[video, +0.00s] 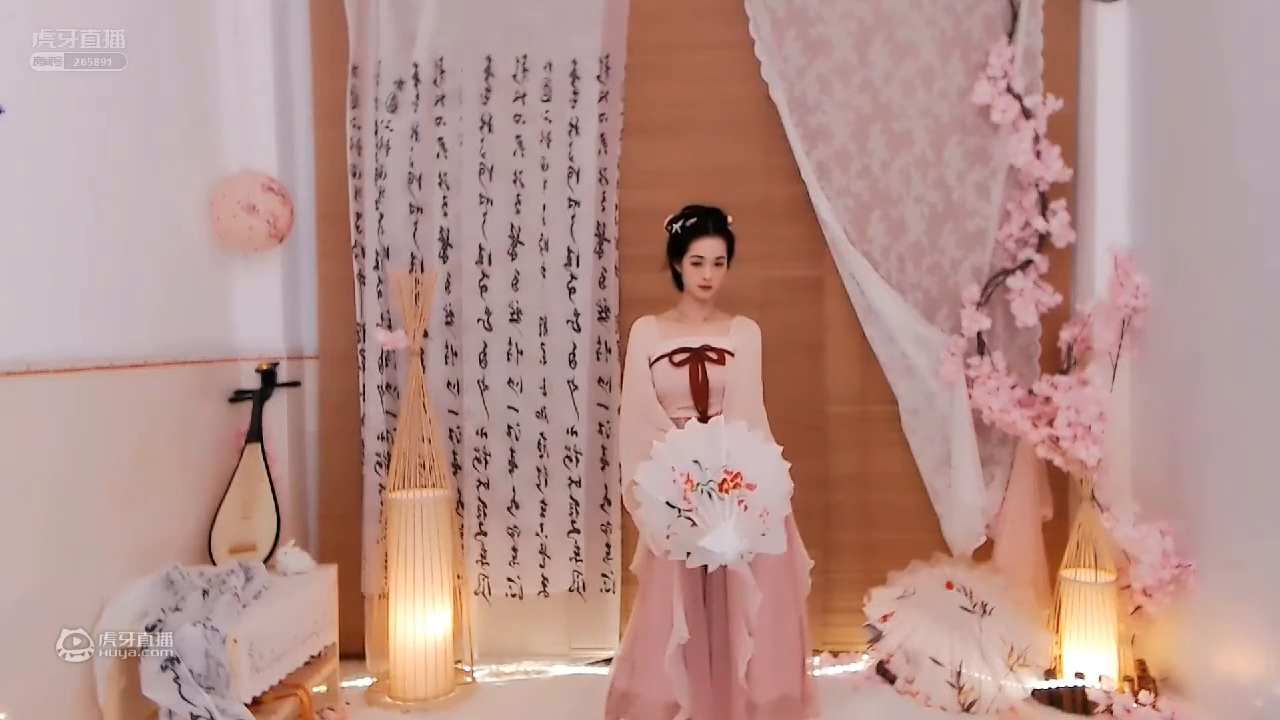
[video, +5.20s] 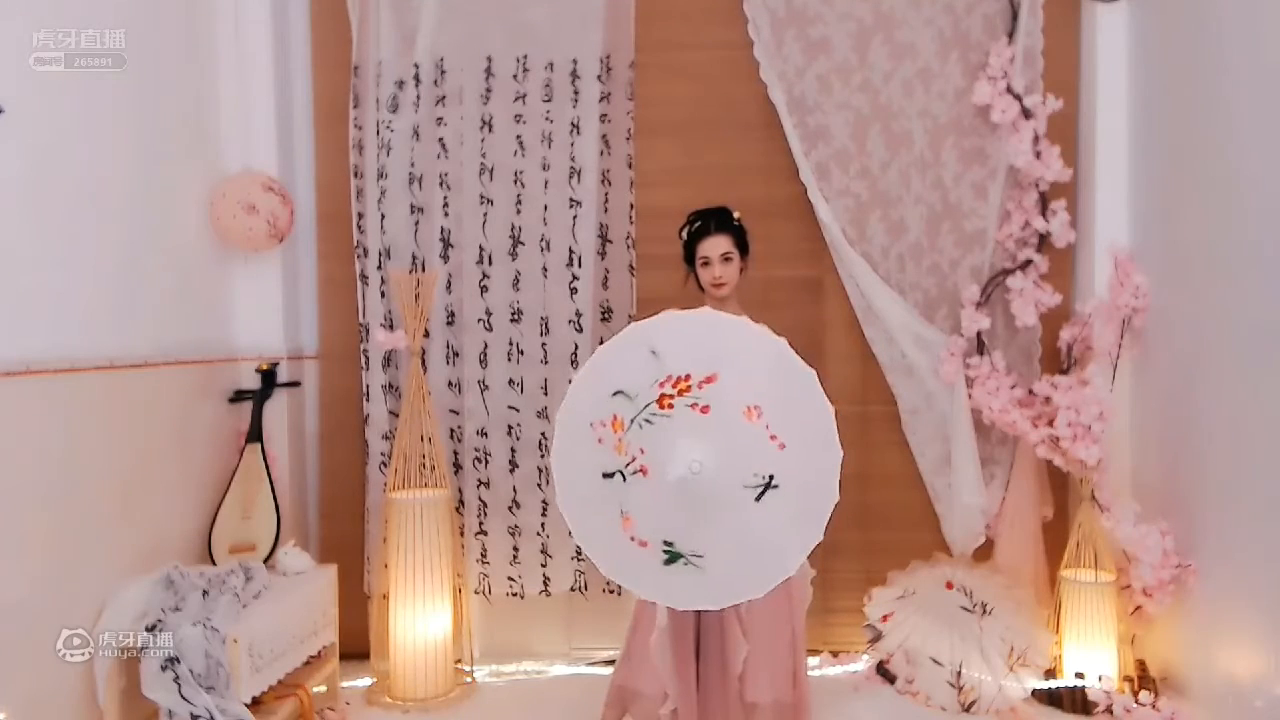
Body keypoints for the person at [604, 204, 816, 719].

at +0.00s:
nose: (708, 274)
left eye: (718, 263)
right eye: (698, 262)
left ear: (729, 267)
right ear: (677, 264)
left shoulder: (744, 332)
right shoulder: (647, 331)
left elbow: (753, 418)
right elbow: (636, 420)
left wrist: (767, 487)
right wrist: (649, 494)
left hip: (737, 483)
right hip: (671, 485)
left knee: (741, 608)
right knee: (676, 606)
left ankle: (743, 708)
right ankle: (679, 709)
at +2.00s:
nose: (713, 271)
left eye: (723, 259)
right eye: (702, 261)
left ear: (737, 263)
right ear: (688, 267)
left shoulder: (755, 334)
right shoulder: (661, 325)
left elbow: (773, 424)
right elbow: (642, 413)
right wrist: (651, 480)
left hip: (740, 495)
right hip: (675, 492)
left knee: (741, 611)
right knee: (674, 611)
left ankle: (739, 712)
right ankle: (676, 711)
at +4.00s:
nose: (717, 270)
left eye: (727, 258)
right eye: (706, 260)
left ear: (743, 262)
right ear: (693, 267)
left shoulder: (761, 335)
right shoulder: (672, 323)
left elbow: (779, 419)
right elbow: (653, 409)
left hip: (746, 481)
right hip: (680, 478)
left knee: (744, 600)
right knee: (680, 599)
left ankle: (743, 709)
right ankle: (677, 710)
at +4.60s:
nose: (719, 271)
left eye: (729, 258)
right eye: (708, 260)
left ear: (745, 263)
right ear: (695, 267)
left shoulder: (764, 340)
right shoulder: (672, 337)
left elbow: (789, 431)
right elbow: (646, 420)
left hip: (752, 493)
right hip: (684, 492)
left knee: (750, 612)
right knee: (683, 613)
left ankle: (749, 710)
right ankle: (679, 711)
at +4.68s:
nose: (718, 271)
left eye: (728, 258)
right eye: (707, 261)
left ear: (745, 263)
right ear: (694, 267)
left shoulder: (764, 343)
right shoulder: (673, 334)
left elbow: (793, 430)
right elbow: (640, 415)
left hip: (752, 495)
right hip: (682, 495)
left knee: (749, 614)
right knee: (682, 614)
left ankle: (748, 711)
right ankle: (679, 712)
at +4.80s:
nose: (718, 271)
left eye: (728, 258)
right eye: (707, 261)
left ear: (744, 263)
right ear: (694, 267)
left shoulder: (766, 343)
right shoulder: (671, 333)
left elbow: (796, 430)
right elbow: (635, 415)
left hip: (752, 499)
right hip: (682, 498)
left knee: (750, 618)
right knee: (681, 620)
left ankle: (747, 712)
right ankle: (677, 713)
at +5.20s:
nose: (716, 272)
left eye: (726, 259)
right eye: (705, 262)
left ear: (742, 263)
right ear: (693, 268)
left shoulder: (761, 339)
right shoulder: (674, 333)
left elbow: (786, 427)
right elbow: (649, 418)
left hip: (747, 490)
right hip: (685, 486)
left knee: (746, 604)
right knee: (681, 604)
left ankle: (745, 710)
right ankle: (678, 711)